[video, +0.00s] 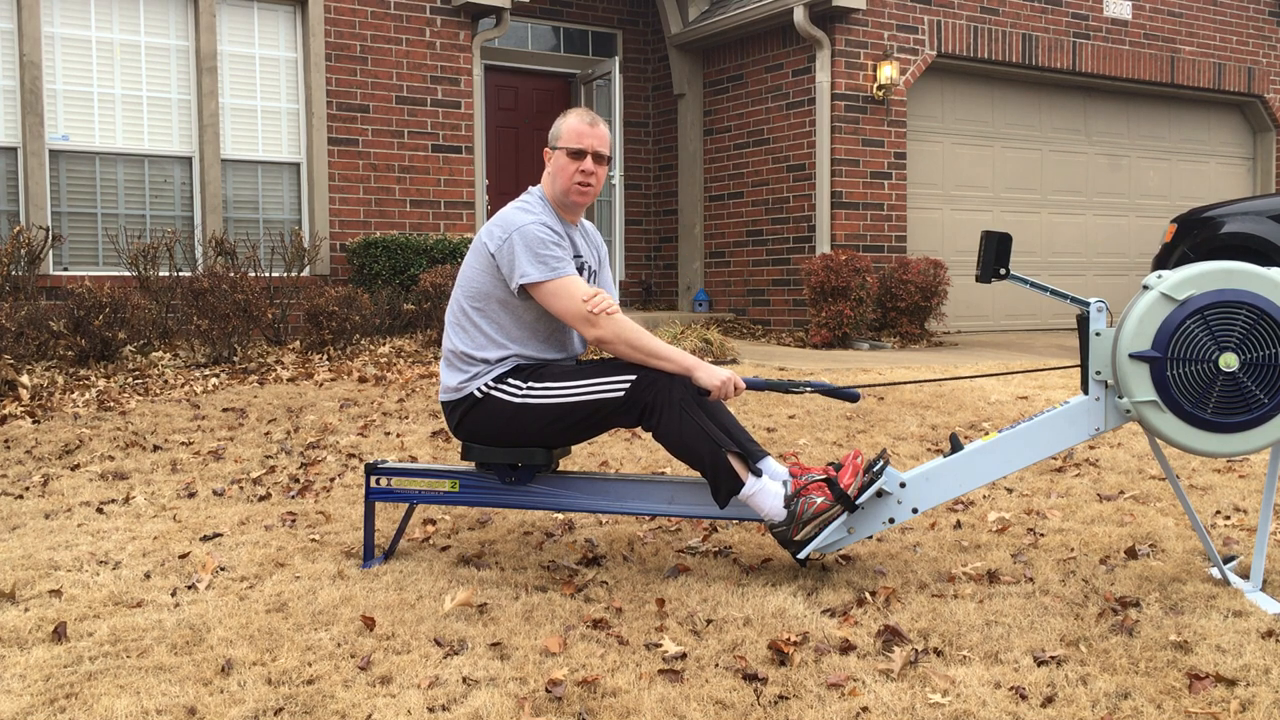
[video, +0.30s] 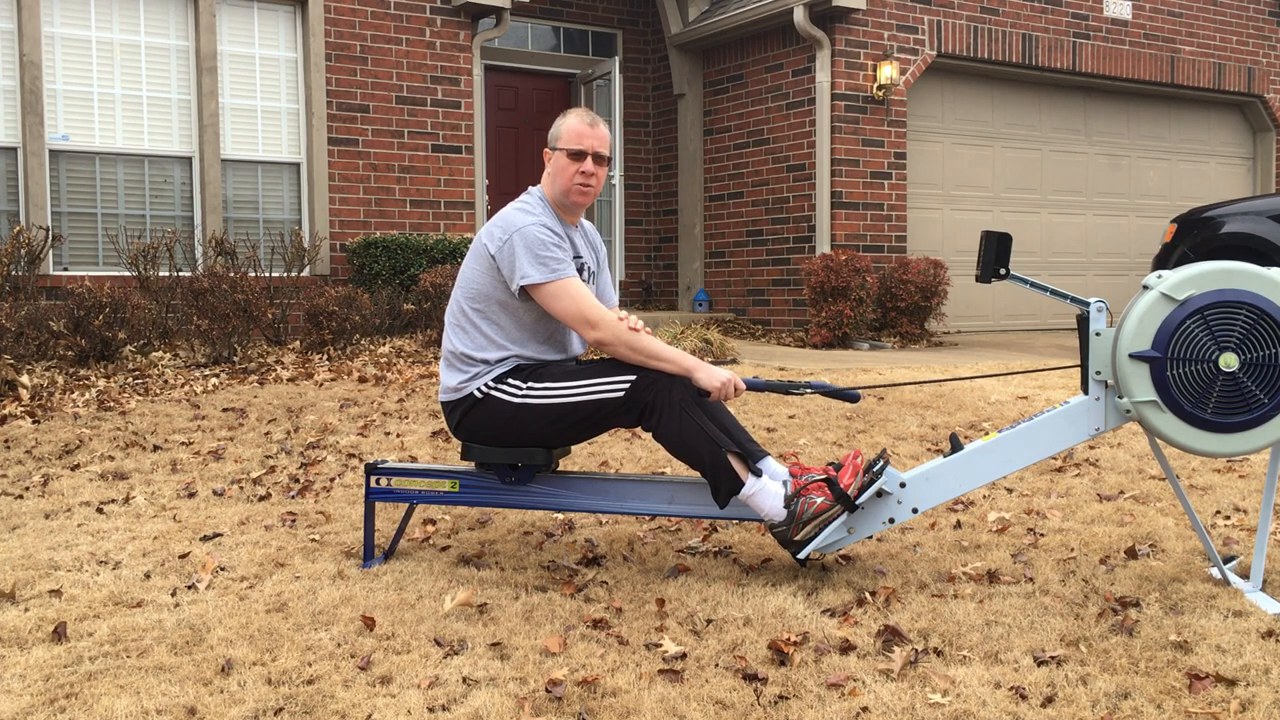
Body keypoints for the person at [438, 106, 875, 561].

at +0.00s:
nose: (588, 169)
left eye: (599, 160)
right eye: (575, 155)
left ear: (608, 170)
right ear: (546, 158)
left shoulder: (590, 240)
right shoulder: (524, 225)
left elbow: (612, 334)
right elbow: (597, 326)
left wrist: (609, 312)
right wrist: (697, 368)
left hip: (542, 377)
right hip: (488, 390)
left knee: (675, 379)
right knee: (652, 387)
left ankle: (788, 485)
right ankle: (777, 510)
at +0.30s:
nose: (588, 170)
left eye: (599, 161)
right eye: (575, 156)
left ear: (608, 171)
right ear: (546, 159)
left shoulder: (587, 239)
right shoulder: (524, 226)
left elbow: (605, 334)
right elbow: (596, 327)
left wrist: (626, 328)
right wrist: (699, 370)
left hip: (539, 375)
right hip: (487, 389)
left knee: (675, 378)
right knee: (651, 387)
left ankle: (787, 487)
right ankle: (777, 510)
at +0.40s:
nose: (588, 169)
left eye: (599, 160)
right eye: (575, 155)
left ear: (608, 170)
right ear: (546, 159)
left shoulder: (587, 239)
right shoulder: (523, 226)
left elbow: (606, 330)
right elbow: (594, 326)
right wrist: (698, 369)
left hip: (540, 376)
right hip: (487, 391)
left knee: (675, 379)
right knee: (652, 386)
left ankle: (788, 485)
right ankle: (777, 510)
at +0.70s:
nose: (585, 170)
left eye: (597, 161)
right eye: (573, 156)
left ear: (606, 170)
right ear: (545, 158)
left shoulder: (583, 236)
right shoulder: (523, 226)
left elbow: (614, 322)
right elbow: (594, 327)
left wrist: (676, 323)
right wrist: (697, 369)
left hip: (540, 376)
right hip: (487, 391)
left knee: (675, 377)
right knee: (651, 386)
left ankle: (787, 484)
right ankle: (777, 510)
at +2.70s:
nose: (592, 168)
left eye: (603, 160)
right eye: (580, 154)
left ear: (610, 171)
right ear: (548, 157)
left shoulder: (587, 239)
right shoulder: (524, 226)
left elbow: (636, 319)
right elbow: (593, 327)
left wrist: (693, 300)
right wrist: (698, 370)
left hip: (540, 377)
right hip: (487, 391)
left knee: (675, 377)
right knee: (650, 387)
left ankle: (787, 485)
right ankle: (776, 510)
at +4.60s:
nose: (595, 167)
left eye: (605, 159)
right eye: (582, 153)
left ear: (611, 171)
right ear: (550, 158)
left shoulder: (587, 238)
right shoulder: (526, 225)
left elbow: (644, 318)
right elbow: (593, 328)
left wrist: (653, 279)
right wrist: (699, 371)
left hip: (539, 376)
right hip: (486, 390)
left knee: (675, 378)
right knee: (650, 388)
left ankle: (786, 483)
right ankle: (775, 510)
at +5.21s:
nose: (595, 168)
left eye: (606, 161)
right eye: (583, 155)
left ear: (612, 173)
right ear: (552, 159)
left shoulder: (592, 237)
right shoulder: (525, 227)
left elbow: (651, 293)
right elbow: (596, 329)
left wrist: (710, 304)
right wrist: (700, 372)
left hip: (539, 376)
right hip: (486, 390)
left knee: (675, 378)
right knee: (650, 388)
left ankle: (785, 484)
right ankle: (776, 509)